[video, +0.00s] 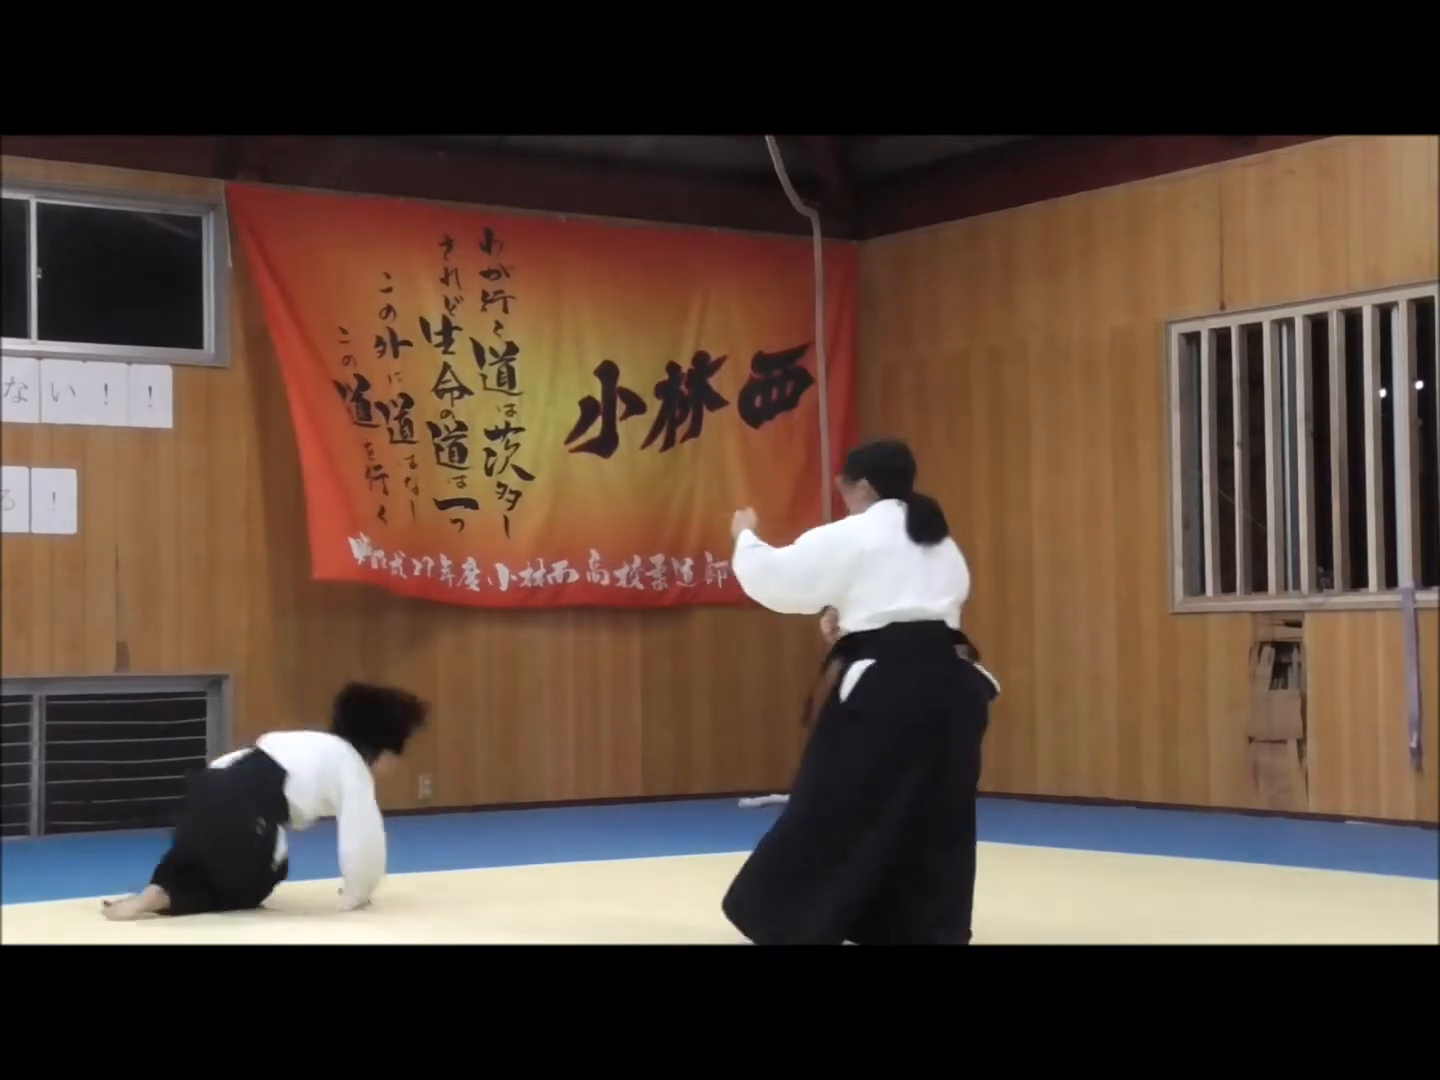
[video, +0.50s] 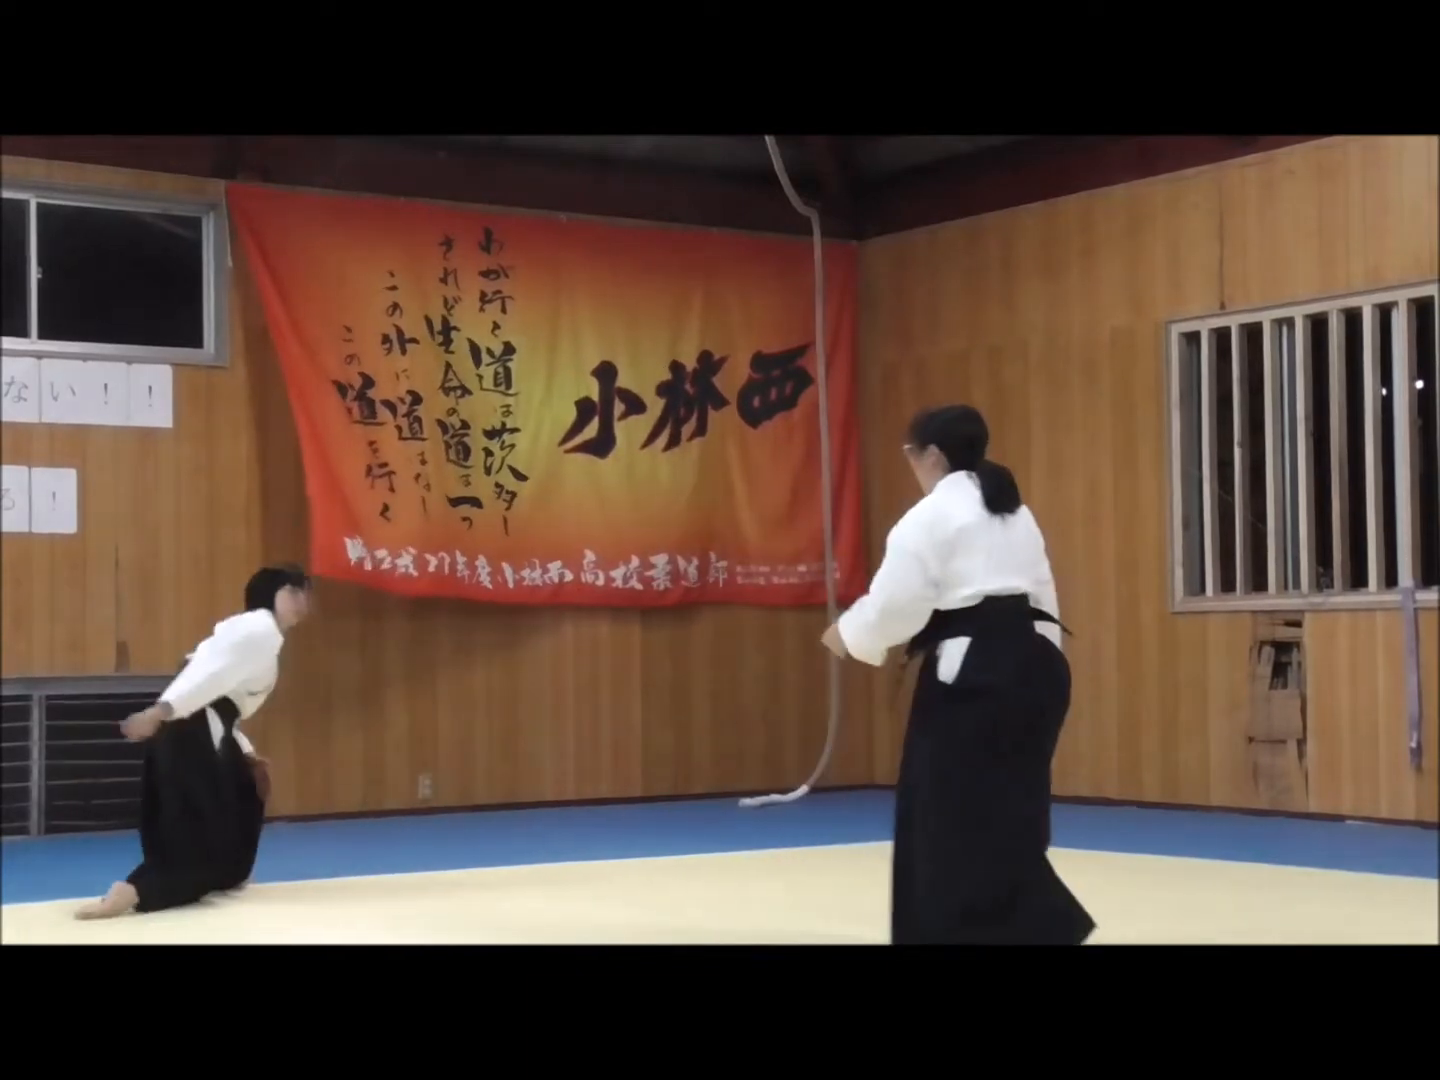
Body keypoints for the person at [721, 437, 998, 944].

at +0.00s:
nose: (843, 498)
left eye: (845, 488)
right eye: (844, 489)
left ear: (863, 487)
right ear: (903, 486)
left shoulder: (851, 536)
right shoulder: (939, 538)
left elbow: (776, 578)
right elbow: (935, 603)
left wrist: (746, 539)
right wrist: (852, 621)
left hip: (883, 685)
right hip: (958, 684)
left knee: (839, 805)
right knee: (939, 816)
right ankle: (932, 929)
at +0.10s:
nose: (862, 488)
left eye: (865, 478)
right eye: (862, 478)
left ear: (885, 477)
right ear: (920, 476)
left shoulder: (874, 530)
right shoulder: (962, 532)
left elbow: (807, 582)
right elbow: (962, 598)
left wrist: (769, 554)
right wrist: (876, 613)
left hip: (902, 680)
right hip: (976, 680)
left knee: (855, 799)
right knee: (951, 813)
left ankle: (831, 925)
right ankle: (936, 930)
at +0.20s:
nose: (878, 477)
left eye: (880, 467)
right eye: (877, 467)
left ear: (899, 467)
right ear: (936, 465)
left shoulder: (892, 522)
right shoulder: (977, 522)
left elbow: (835, 588)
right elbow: (991, 596)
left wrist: (790, 568)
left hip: (919, 674)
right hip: (990, 672)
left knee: (871, 795)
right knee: (964, 805)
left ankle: (866, 926)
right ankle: (950, 929)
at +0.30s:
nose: (891, 471)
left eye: (892, 461)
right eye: (890, 461)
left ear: (912, 461)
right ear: (949, 459)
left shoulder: (902, 519)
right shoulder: (993, 517)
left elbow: (859, 591)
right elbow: (1010, 594)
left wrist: (808, 585)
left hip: (935, 664)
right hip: (1008, 663)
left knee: (894, 793)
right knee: (978, 802)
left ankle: (880, 925)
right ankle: (959, 929)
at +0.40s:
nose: (902, 470)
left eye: (903, 459)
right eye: (901, 459)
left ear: (923, 457)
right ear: (962, 454)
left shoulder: (914, 518)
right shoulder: (1005, 514)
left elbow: (878, 595)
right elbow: (1026, 594)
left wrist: (826, 605)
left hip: (950, 661)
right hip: (1023, 659)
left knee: (912, 797)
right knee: (987, 803)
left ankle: (907, 926)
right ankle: (998, 924)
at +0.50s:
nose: (911, 466)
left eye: (913, 456)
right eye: (910, 457)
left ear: (935, 455)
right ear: (974, 453)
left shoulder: (926, 521)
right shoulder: (1017, 510)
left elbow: (892, 606)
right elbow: (1042, 595)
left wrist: (845, 634)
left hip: (971, 667)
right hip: (1039, 661)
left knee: (938, 803)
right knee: (1013, 804)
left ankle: (942, 926)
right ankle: (1046, 920)